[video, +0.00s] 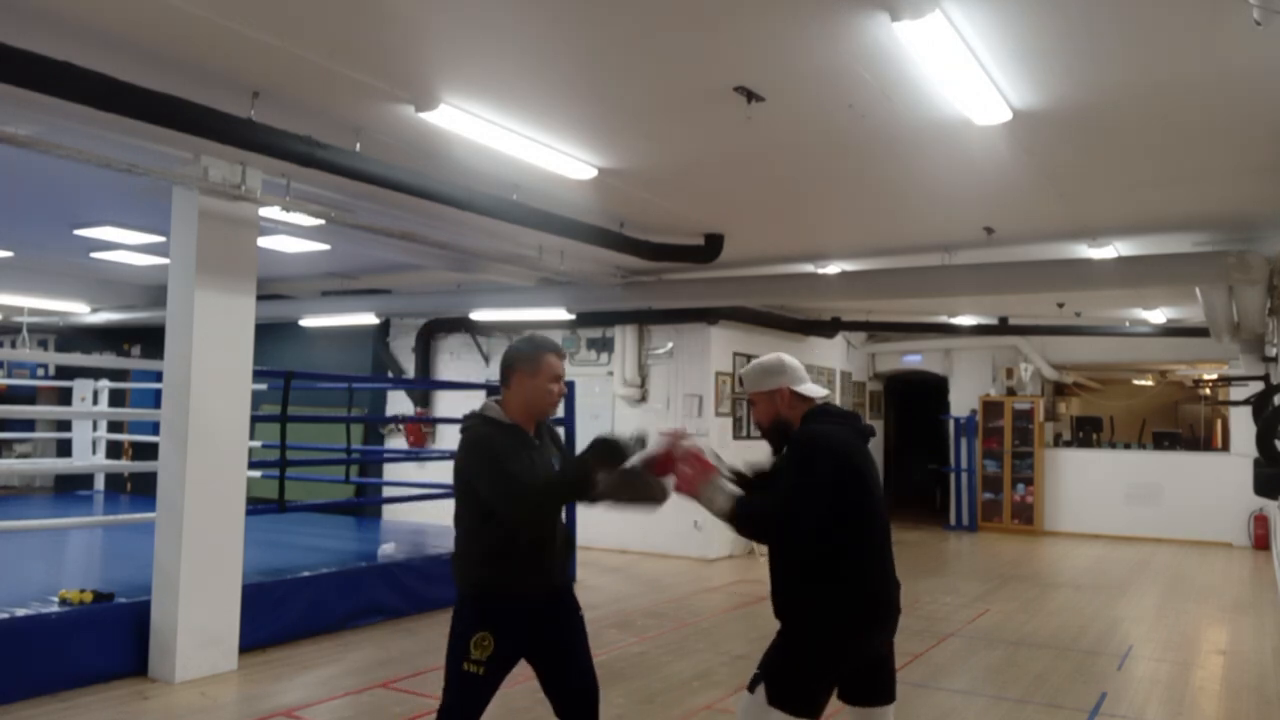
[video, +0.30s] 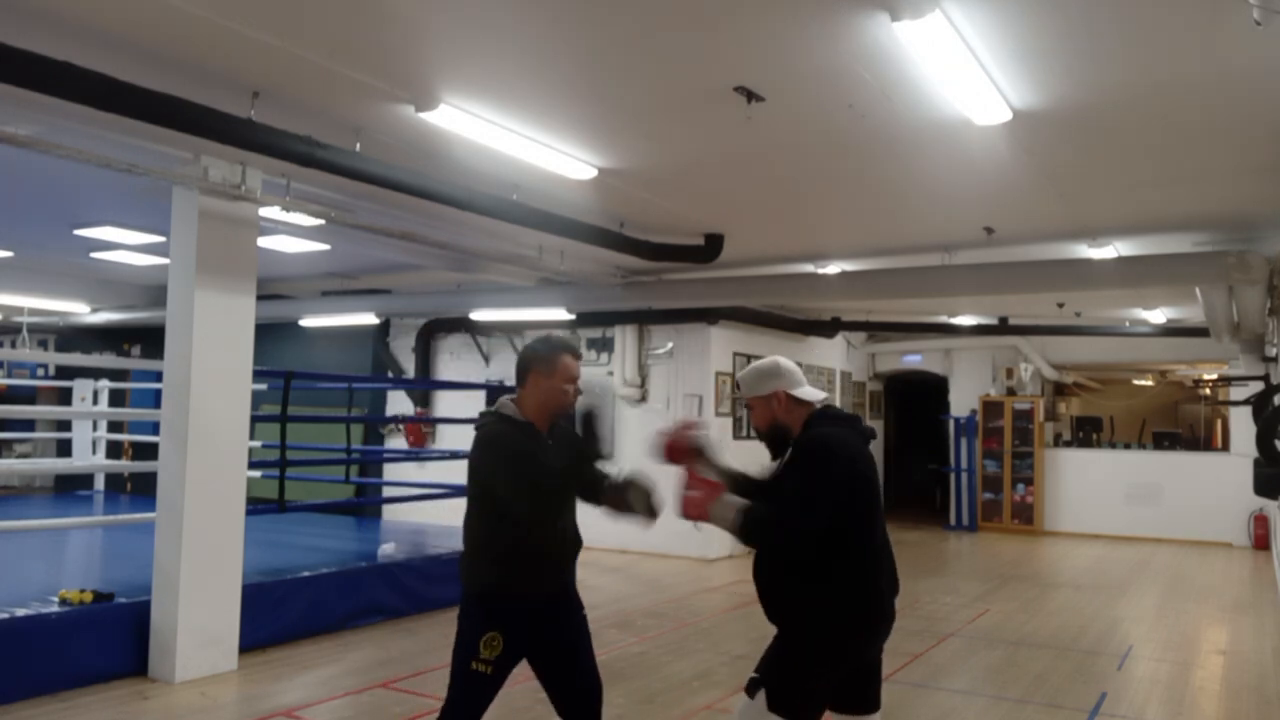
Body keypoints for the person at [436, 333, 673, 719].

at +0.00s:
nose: (562, 391)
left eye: (563, 382)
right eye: (554, 381)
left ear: (522, 381)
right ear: (517, 379)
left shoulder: (547, 438)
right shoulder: (482, 438)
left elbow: (573, 485)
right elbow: (527, 499)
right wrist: (586, 463)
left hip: (549, 600)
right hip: (490, 603)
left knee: (581, 706)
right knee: (459, 711)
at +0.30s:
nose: (577, 392)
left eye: (577, 383)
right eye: (569, 382)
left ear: (545, 381)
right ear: (534, 379)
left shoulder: (562, 434)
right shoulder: (497, 434)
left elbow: (587, 482)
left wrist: (625, 495)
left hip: (553, 594)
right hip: (496, 597)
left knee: (584, 703)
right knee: (462, 709)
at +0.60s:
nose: (575, 392)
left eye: (576, 384)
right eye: (567, 383)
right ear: (531, 382)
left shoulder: (581, 430)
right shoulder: (487, 450)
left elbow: (639, 433)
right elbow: (499, 534)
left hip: (561, 599)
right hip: (498, 604)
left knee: (595, 706)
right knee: (462, 712)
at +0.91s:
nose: (575, 394)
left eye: (576, 385)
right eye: (567, 383)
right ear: (530, 380)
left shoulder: (548, 439)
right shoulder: (500, 437)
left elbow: (564, 501)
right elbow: (559, 502)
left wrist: (608, 523)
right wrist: (618, 466)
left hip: (552, 600)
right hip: (497, 602)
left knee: (585, 703)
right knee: (465, 710)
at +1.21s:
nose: (581, 391)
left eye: (582, 382)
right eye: (572, 381)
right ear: (537, 378)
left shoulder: (574, 433)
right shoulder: (501, 432)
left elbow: (615, 479)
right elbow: (499, 510)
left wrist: (652, 471)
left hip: (559, 595)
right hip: (500, 597)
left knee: (592, 704)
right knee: (466, 711)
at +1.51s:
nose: (608, 379)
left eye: (609, 370)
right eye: (599, 369)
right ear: (562, 368)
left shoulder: (605, 423)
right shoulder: (519, 432)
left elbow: (656, 442)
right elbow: (505, 511)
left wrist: (718, 449)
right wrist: (575, 492)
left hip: (584, 591)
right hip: (523, 593)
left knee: (601, 706)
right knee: (476, 707)